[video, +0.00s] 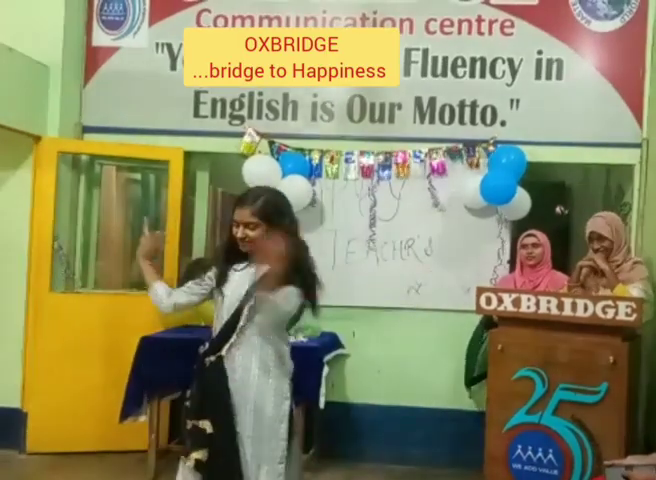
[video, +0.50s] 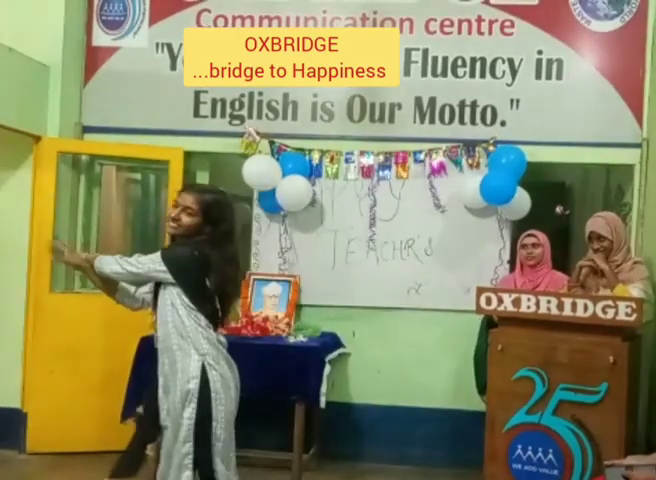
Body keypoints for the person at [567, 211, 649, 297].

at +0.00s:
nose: (595, 247)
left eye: (601, 239)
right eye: (591, 240)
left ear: (617, 238)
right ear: (587, 242)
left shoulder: (635, 268)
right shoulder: (586, 269)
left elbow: (631, 304)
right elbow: (570, 299)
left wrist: (606, 268)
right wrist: (578, 270)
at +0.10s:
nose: (595, 247)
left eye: (601, 239)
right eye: (591, 240)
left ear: (617, 238)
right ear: (587, 242)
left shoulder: (635, 268)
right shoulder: (586, 269)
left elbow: (631, 304)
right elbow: (570, 299)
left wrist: (606, 268)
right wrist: (578, 270)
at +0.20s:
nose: (595, 247)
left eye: (601, 239)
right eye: (591, 240)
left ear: (616, 238)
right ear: (587, 242)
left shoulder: (635, 268)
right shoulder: (586, 269)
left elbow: (631, 304)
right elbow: (570, 299)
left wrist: (606, 269)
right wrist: (578, 270)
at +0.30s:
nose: (595, 246)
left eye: (601, 239)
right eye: (591, 240)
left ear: (616, 238)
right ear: (587, 241)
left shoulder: (635, 268)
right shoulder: (586, 269)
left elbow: (631, 304)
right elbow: (570, 299)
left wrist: (606, 269)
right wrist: (578, 270)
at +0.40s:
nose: (595, 247)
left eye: (601, 239)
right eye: (590, 240)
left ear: (616, 238)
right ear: (587, 242)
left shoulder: (635, 268)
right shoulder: (586, 269)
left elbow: (633, 304)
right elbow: (570, 300)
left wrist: (606, 269)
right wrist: (577, 272)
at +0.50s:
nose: (595, 247)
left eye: (601, 239)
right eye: (590, 240)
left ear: (616, 238)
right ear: (587, 242)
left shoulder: (635, 268)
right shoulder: (586, 268)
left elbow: (633, 304)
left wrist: (606, 269)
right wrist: (577, 273)